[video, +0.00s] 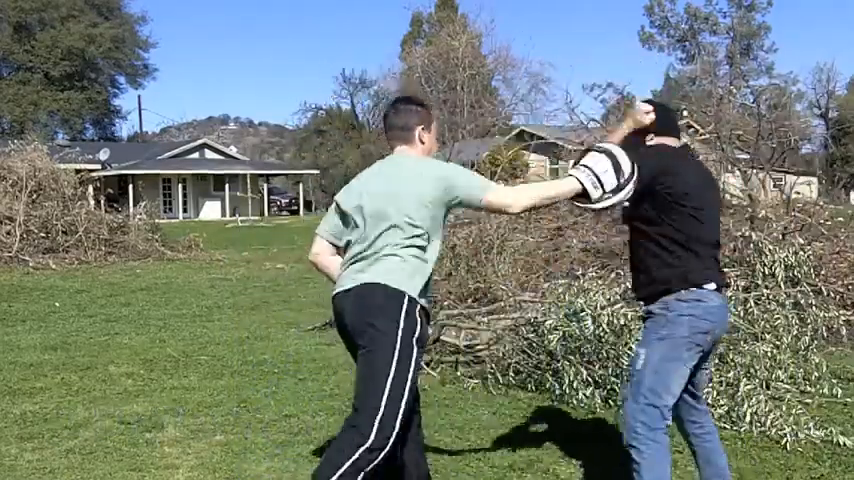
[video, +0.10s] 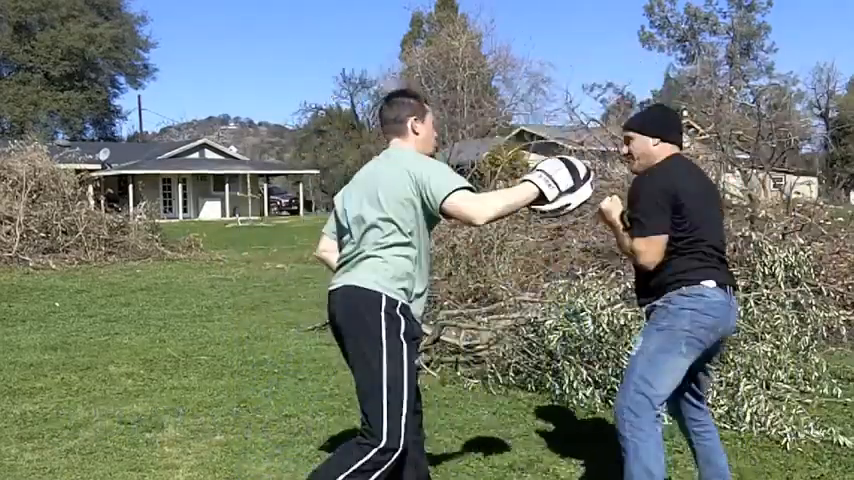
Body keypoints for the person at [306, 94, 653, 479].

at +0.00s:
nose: (436, 141)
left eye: (433, 134)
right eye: (434, 134)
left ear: (389, 138)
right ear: (422, 135)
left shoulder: (357, 185)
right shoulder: (437, 173)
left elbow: (320, 252)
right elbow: (513, 198)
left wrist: (362, 287)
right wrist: (582, 180)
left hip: (347, 300)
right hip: (393, 296)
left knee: (402, 418)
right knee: (377, 422)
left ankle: (413, 476)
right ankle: (330, 476)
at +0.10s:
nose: (436, 133)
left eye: (433, 123)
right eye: (432, 123)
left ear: (393, 129)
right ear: (415, 125)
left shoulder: (356, 182)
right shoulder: (419, 167)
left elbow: (326, 249)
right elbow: (477, 209)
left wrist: (372, 279)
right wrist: (541, 182)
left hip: (345, 299)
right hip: (381, 300)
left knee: (405, 425)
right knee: (387, 438)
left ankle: (414, 473)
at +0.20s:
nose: (425, 125)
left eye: (425, 116)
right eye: (422, 116)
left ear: (383, 117)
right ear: (403, 115)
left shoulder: (355, 170)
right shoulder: (399, 165)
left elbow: (333, 243)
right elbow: (455, 218)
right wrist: (498, 170)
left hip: (366, 302)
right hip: (368, 302)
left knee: (407, 429)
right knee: (368, 437)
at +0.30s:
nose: (410, 116)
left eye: (410, 107)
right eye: (407, 107)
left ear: (372, 109)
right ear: (385, 107)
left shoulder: (350, 159)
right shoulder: (379, 160)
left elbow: (361, 238)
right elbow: (443, 213)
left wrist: (398, 292)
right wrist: (479, 157)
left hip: (375, 304)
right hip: (354, 301)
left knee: (401, 423)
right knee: (347, 426)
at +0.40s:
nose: (398, 111)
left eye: (397, 102)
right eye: (394, 101)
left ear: (361, 106)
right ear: (371, 105)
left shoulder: (339, 157)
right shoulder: (370, 158)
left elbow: (351, 235)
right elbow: (438, 209)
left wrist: (391, 283)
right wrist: (473, 153)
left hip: (365, 303)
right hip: (349, 302)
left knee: (392, 424)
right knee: (337, 428)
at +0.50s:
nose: (390, 111)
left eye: (389, 102)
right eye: (385, 101)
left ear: (354, 106)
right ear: (360, 104)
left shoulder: (337, 157)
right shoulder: (362, 159)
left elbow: (346, 235)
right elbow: (431, 210)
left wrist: (387, 281)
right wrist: (466, 154)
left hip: (369, 302)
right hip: (345, 302)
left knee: (393, 423)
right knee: (340, 428)